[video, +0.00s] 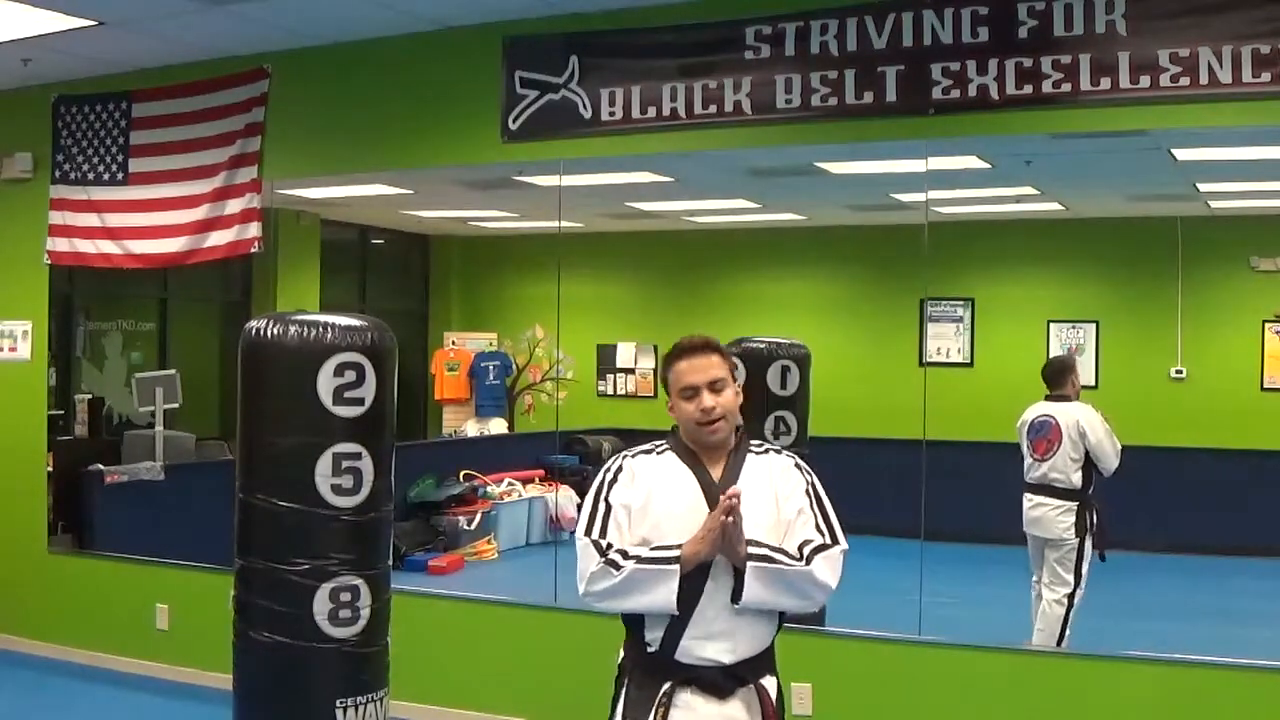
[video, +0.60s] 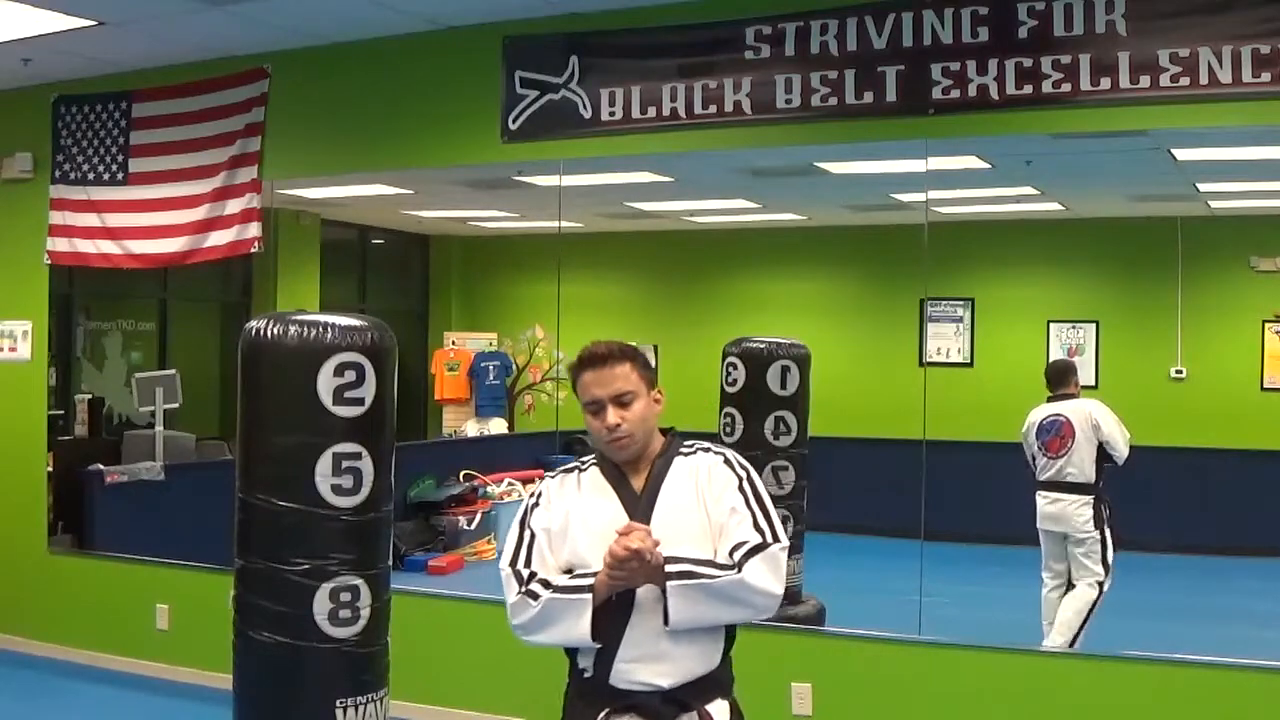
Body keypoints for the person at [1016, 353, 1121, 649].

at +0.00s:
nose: (1080, 380)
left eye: (1077, 375)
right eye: (1077, 375)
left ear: (1048, 383)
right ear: (1072, 381)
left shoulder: (1030, 414)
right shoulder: (1084, 416)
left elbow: (1030, 454)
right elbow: (1109, 463)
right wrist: (1102, 425)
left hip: (1033, 510)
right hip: (1067, 515)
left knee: (1039, 582)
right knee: (1060, 589)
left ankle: (1039, 648)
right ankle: (1044, 656)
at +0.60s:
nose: (1080, 383)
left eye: (1077, 378)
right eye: (1078, 379)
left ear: (1048, 385)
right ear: (1075, 382)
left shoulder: (1035, 416)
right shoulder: (1092, 409)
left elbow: (1034, 459)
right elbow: (1120, 451)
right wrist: (1093, 453)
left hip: (1045, 505)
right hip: (1082, 507)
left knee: (1053, 578)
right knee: (1090, 579)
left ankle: (1051, 648)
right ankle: (1056, 647)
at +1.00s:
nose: (1094, 385)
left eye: (1092, 380)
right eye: (1093, 380)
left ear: (1063, 384)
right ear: (1088, 383)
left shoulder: (1045, 415)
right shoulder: (1098, 411)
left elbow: (1045, 457)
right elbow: (1124, 455)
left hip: (1056, 501)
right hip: (1094, 503)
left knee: (1061, 576)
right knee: (1117, 577)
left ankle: (1058, 649)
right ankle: (1128, 650)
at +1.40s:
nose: (1131, 385)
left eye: (1128, 381)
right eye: (1131, 381)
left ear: (1102, 381)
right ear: (1128, 383)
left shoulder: (1078, 411)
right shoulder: (1137, 415)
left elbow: (1070, 451)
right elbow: (1159, 460)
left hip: (1084, 499)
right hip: (1122, 503)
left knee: (1077, 568)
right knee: (1131, 575)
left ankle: (1062, 646)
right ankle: (1133, 649)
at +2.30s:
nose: (1172, 383)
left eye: (1169, 378)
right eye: (1171, 379)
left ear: (1143, 383)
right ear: (1168, 381)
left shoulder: (1124, 414)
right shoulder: (1181, 415)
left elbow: (1114, 460)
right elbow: (1202, 461)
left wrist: (1143, 455)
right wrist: (1175, 450)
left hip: (1132, 499)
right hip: (1165, 502)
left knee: (1134, 568)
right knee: (1158, 571)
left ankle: (1141, 637)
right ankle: (1138, 644)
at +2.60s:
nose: (1168, 379)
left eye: (1165, 374)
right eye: (1165, 375)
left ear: (1138, 385)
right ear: (1161, 381)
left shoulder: (1126, 417)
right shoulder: (1174, 414)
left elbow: (1125, 463)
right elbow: (1200, 457)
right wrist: (1205, 442)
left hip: (1137, 496)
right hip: (1170, 500)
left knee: (1142, 564)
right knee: (1192, 561)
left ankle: (1139, 638)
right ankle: (1157, 621)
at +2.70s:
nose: (1170, 381)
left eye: (1167, 377)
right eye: (1168, 377)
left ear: (1140, 384)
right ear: (1164, 381)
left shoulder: (1128, 416)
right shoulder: (1177, 412)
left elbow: (1128, 462)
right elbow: (1201, 455)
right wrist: (1200, 434)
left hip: (1140, 495)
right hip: (1175, 497)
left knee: (1143, 563)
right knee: (1205, 556)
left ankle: (1141, 639)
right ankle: (1170, 616)